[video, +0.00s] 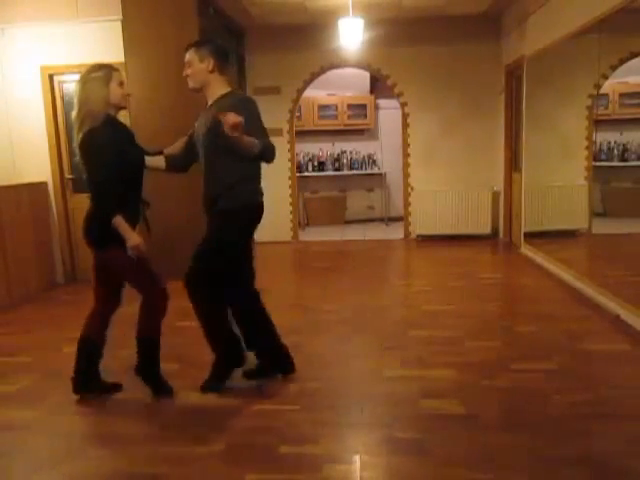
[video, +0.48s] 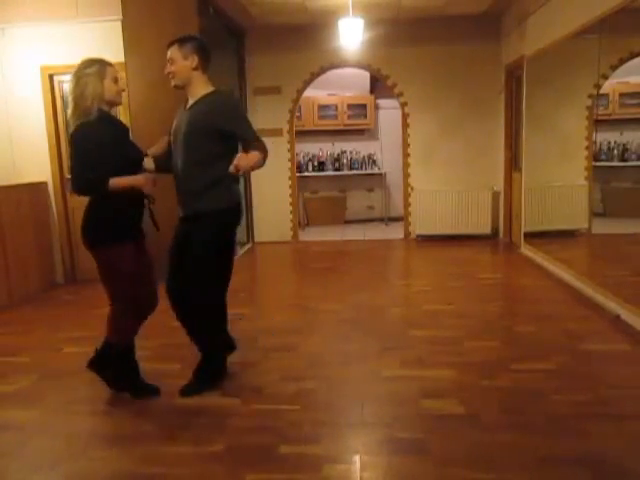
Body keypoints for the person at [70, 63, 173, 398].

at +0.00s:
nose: (126, 90)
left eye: (124, 84)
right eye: (119, 85)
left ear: (107, 90)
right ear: (100, 91)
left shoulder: (115, 128)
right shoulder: (98, 135)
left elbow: (136, 156)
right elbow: (103, 192)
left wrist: (168, 152)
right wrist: (127, 231)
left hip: (114, 227)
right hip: (108, 229)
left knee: (106, 302)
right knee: (155, 293)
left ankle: (86, 375)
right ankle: (148, 366)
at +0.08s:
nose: (125, 90)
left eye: (123, 84)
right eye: (118, 84)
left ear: (107, 89)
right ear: (98, 90)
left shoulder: (115, 128)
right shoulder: (93, 133)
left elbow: (132, 165)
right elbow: (93, 190)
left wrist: (167, 159)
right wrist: (121, 227)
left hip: (118, 225)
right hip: (108, 227)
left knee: (101, 300)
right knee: (156, 292)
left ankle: (85, 374)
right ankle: (139, 363)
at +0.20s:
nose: (125, 89)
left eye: (123, 83)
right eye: (118, 84)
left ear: (108, 88)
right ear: (98, 89)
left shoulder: (116, 128)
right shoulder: (88, 132)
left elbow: (134, 168)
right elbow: (82, 186)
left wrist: (170, 166)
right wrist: (118, 218)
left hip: (121, 224)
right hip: (109, 227)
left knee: (118, 300)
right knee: (150, 300)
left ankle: (89, 369)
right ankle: (132, 370)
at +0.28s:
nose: (124, 88)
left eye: (123, 83)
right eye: (118, 83)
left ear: (105, 87)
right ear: (98, 88)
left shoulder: (116, 125)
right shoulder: (87, 129)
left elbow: (132, 167)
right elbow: (75, 182)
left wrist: (167, 170)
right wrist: (120, 205)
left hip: (126, 221)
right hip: (108, 225)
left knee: (142, 294)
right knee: (141, 297)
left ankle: (101, 357)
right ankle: (128, 372)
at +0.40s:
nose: (124, 87)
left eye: (122, 81)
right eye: (117, 81)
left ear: (106, 85)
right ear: (97, 86)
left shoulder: (116, 124)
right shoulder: (85, 129)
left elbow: (128, 166)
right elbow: (77, 181)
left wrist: (164, 165)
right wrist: (126, 192)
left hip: (128, 219)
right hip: (106, 223)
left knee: (151, 292)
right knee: (137, 297)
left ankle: (113, 355)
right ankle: (121, 369)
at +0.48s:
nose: (121, 86)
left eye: (120, 80)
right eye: (114, 81)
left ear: (104, 85)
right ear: (94, 86)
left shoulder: (113, 125)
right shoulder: (87, 130)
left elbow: (129, 165)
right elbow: (82, 183)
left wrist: (158, 152)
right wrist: (133, 180)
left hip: (127, 220)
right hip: (106, 225)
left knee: (145, 297)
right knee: (127, 299)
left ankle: (109, 357)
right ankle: (123, 369)